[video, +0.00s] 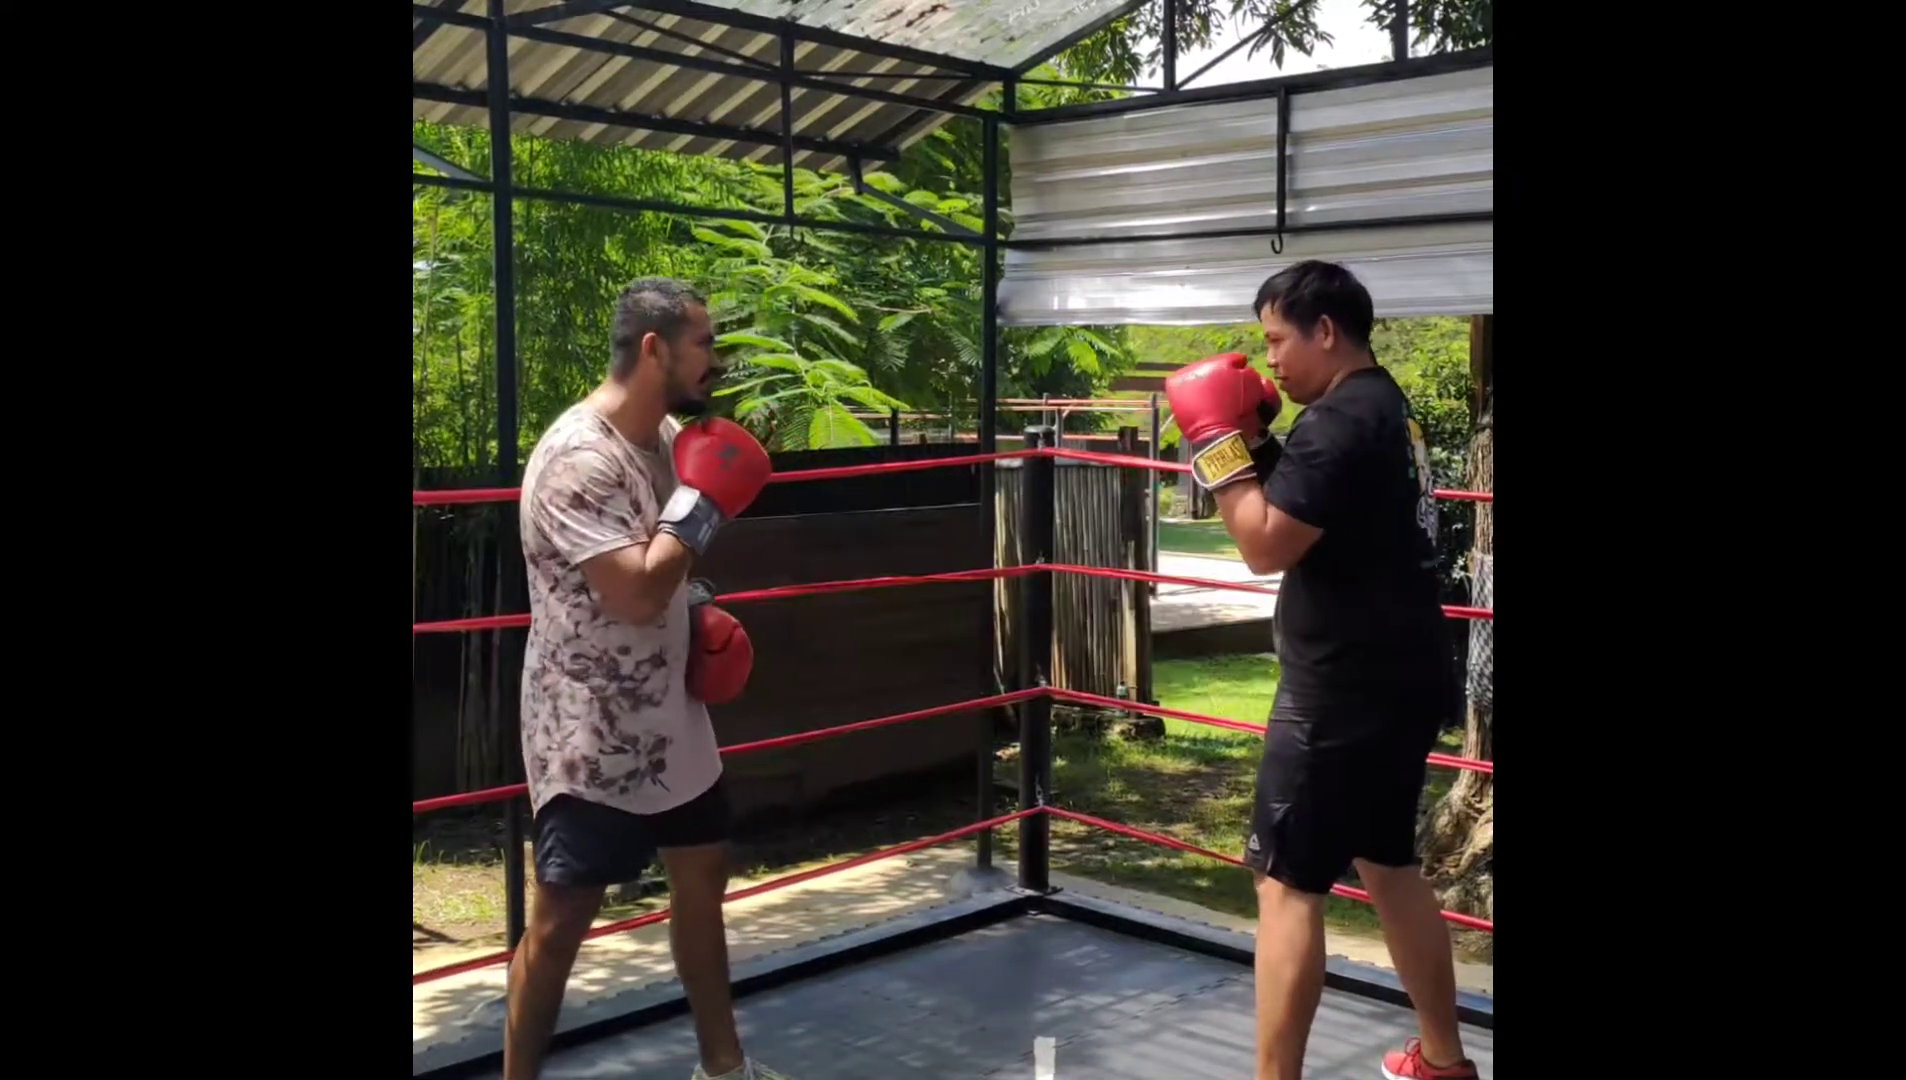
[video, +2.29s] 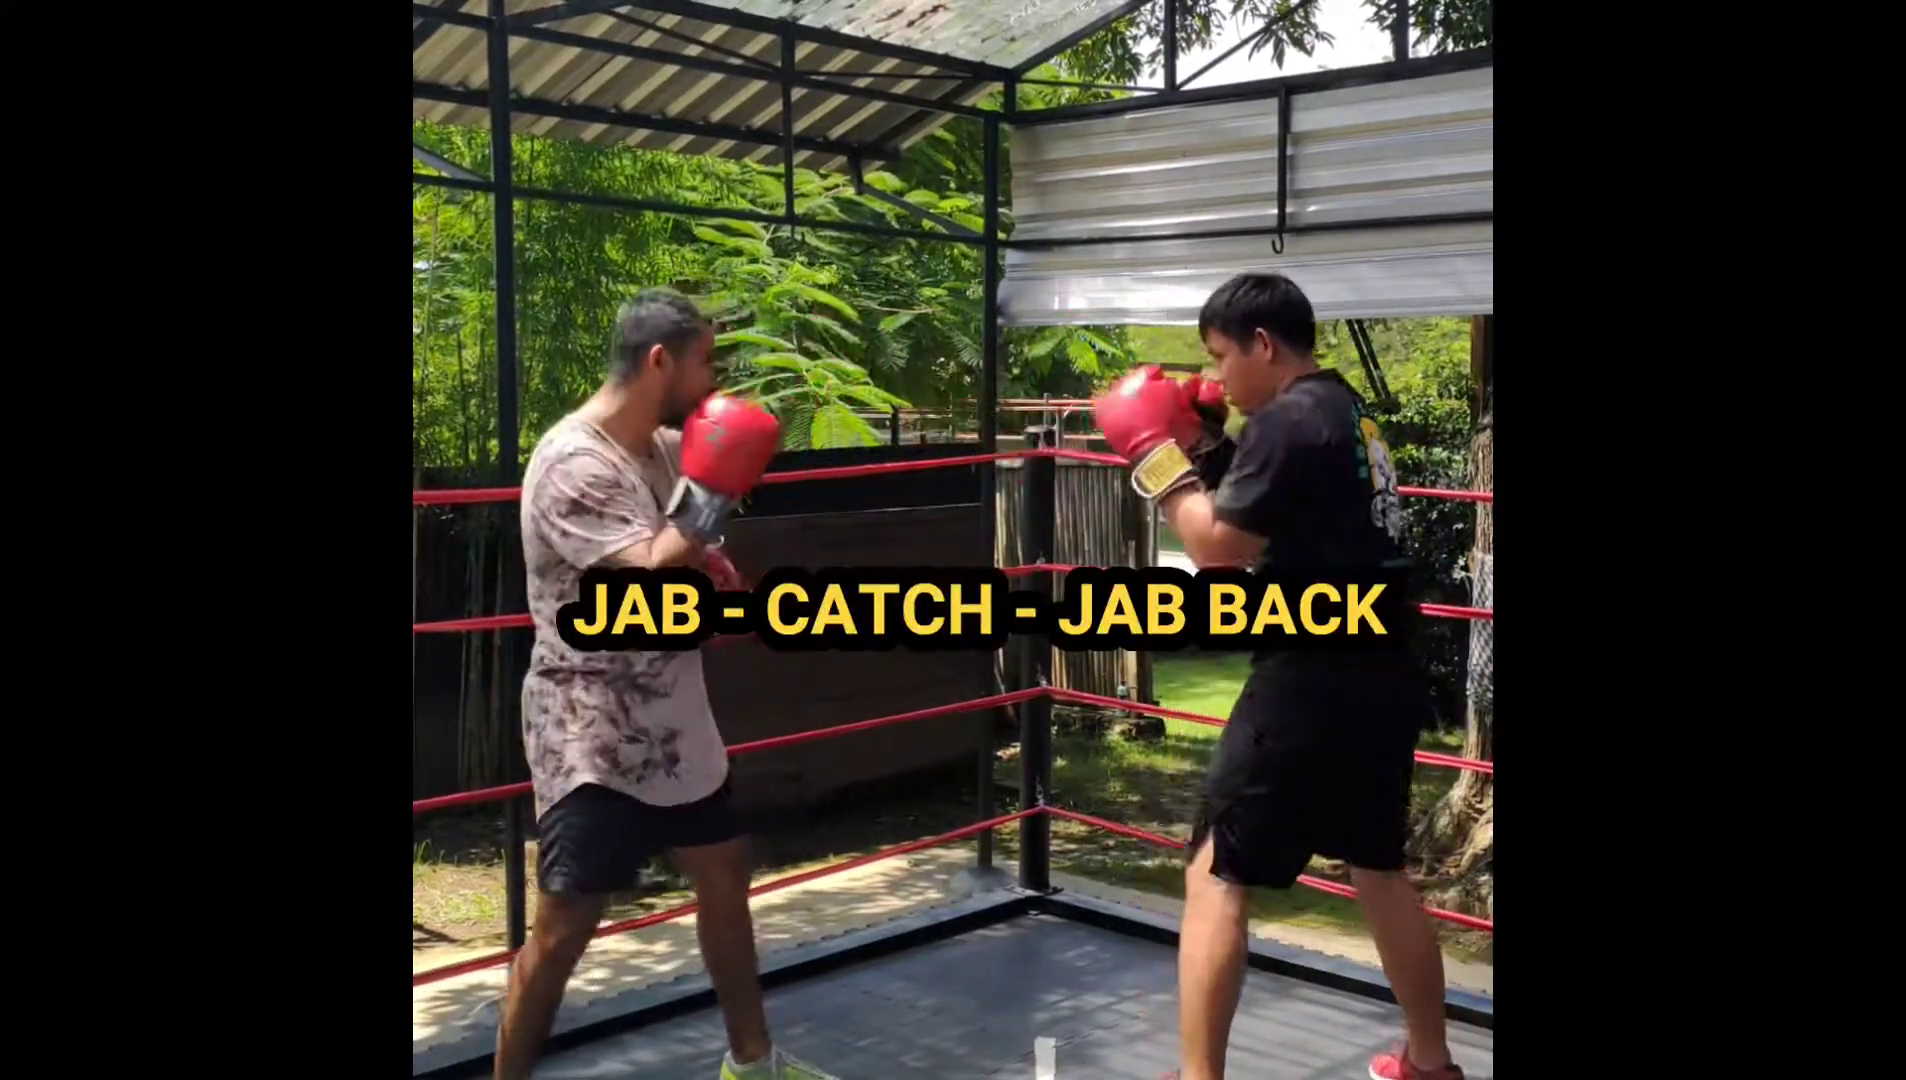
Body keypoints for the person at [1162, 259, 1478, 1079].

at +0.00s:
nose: (1268, 360)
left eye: (1276, 341)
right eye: (1265, 343)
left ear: (1327, 334)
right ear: (1337, 338)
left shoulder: (1342, 420)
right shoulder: (1373, 403)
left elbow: (1265, 546)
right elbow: (1298, 515)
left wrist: (1219, 450)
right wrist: (1251, 443)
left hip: (1337, 687)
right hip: (1397, 680)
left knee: (1286, 880)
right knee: (1390, 862)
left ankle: (1275, 1072)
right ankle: (1444, 1055)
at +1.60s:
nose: (1207, 391)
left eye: (1210, 371)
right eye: (1204, 373)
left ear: (1251, 359)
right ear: (1278, 357)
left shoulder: (1281, 430)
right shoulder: (1341, 423)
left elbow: (1261, 559)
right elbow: (1310, 544)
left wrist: (1172, 500)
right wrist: (1225, 469)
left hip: (1289, 692)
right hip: (1378, 695)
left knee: (1191, 872)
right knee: (1390, 874)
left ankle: (1202, 1071)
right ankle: (1459, 1055)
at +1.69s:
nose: (1183, 377)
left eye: (1183, 358)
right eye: (1180, 359)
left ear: (1221, 349)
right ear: (1267, 344)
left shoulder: (1231, 417)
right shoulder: (1336, 413)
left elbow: (1152, 509)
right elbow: (1282, 505)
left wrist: (1069, 453)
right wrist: (1187, 457)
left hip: (1250, 682)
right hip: (1352, 682)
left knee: (1172, 871)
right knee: (1383, 868)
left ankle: (1170, 1070)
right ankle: (1445, 1049)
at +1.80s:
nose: (1165, 369)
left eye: (1167, 353)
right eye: (1162, 356)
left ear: (1202, 342)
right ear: (1255, 337)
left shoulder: (1206, 407)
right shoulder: (1332, 406)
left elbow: (1051, 435)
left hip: (1233, 684)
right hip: (1343, 682)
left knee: (1171, 875)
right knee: (1374, 867)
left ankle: (1170, 1071)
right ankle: (1428, 1049)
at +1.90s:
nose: (1165, 363)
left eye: (1165, 347)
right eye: (1161, 349)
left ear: (1199, 335)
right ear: (1255, 329)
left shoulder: (1191, 402)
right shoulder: (1336, 402)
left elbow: (1036, 429)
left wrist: (935, 399)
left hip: (1228, 689)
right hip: (1336, 685)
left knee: (1176, 874)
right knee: (1367, 860)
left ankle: (1178, 1071)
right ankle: (1425, 1036)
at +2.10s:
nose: (1183, 364)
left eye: (1184, 344)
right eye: (1180, 344)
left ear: (1220, 335)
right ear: (1261, 335)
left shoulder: (1222, 408)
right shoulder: (1334, 402)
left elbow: (1130, 519)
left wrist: (1036, 456)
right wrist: (1174, 454)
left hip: (1251, 672)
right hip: (1348, 670)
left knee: (1195, 877)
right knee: (1359, 854)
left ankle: (1192, 1071)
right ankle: (1426, 1036)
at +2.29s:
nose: (1215, 377)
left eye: (1217, 359)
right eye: (1209, 363)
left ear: (1264, 346)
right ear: (1290, 347)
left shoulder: (1288, 420)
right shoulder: (1341, 408)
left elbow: (1218, 545)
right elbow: (1279, 518)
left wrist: (1152, 454)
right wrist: (1210, 446)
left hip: (1306, 674)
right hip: (1384, 674)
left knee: (1216, 869)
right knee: (1381, 868)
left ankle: (1200, 1069)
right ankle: (1430, 1059)